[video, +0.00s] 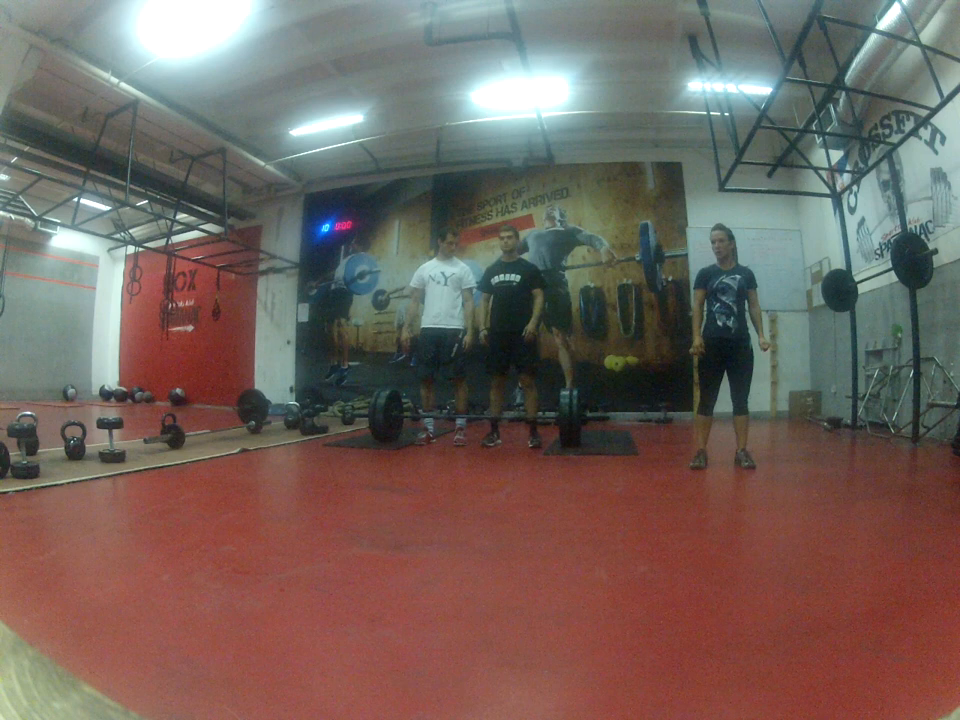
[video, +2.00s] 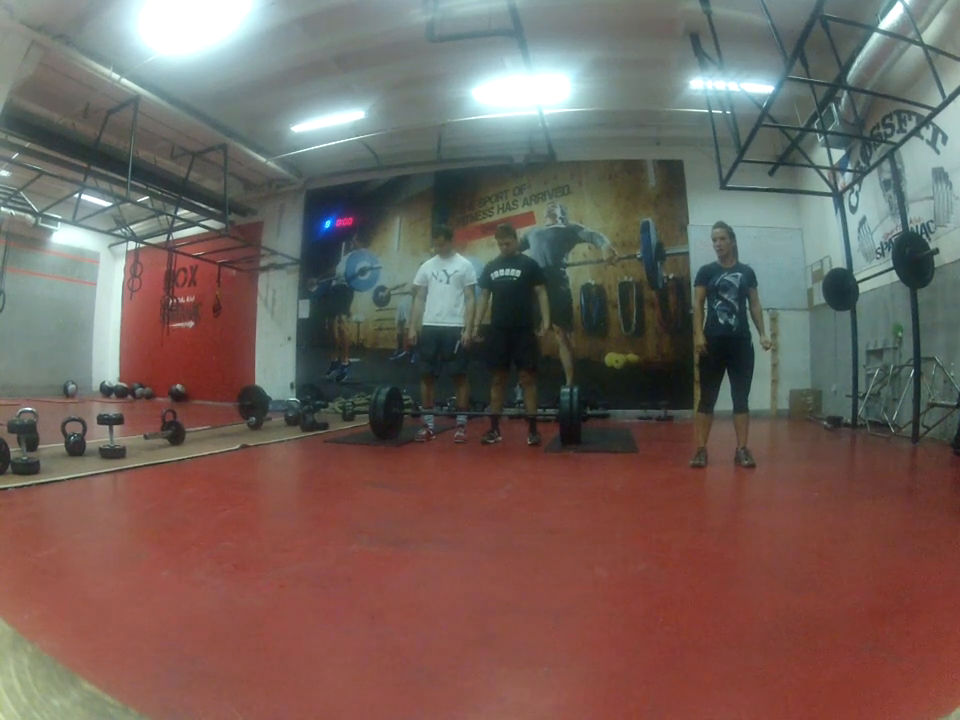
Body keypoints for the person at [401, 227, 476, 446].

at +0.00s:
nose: (452, 247)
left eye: (455, 243)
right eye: (449, 243)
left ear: (457, 245)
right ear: (439, 242)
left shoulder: (463, 269)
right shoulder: (424, 269)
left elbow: (468, 302)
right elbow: (414, 300)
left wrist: (470, 331)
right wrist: (406, 327)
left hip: (455, 330)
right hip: (428, 330)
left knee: (459, 379)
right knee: (426, 379)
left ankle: (460, 428)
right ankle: (428, 429)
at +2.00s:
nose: (438, 245)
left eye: (441, 242)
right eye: (436, 242)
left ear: (450, 241)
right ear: (434, 243)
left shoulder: (464, 266)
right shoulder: (427, 266)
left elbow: (470, 298)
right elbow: (418, 298)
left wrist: (468, 329)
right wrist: (412, 327)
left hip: (455, 329)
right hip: (429, 328)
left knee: (459, 377)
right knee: (427, 377)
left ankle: (461, 425)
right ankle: (427, 425)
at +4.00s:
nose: (430, 241)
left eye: (432, 237)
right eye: (431, 237)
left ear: (441, 238)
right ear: (439, 239)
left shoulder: (462, 261)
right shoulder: (427, 265)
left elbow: (469, 295)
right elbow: (420, 297)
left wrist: (466, 327)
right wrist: (414, 325)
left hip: (454, 327)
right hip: (428, 326)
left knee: (459, 375)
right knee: (426, 374)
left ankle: (462, 424)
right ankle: (427, 424)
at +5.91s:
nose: (436, 247)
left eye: (440, 243)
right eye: (433, 243)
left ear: (446, 242)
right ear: (428, 243)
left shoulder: (458, 263)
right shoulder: (420, 267)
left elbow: (467, 295)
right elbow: (413, 299)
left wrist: (470, 325)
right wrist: (405, 327)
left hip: (454, 328)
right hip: (426, 328)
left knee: (458, 376)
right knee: (425, 376)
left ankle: (461, 425)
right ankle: (427, 426)